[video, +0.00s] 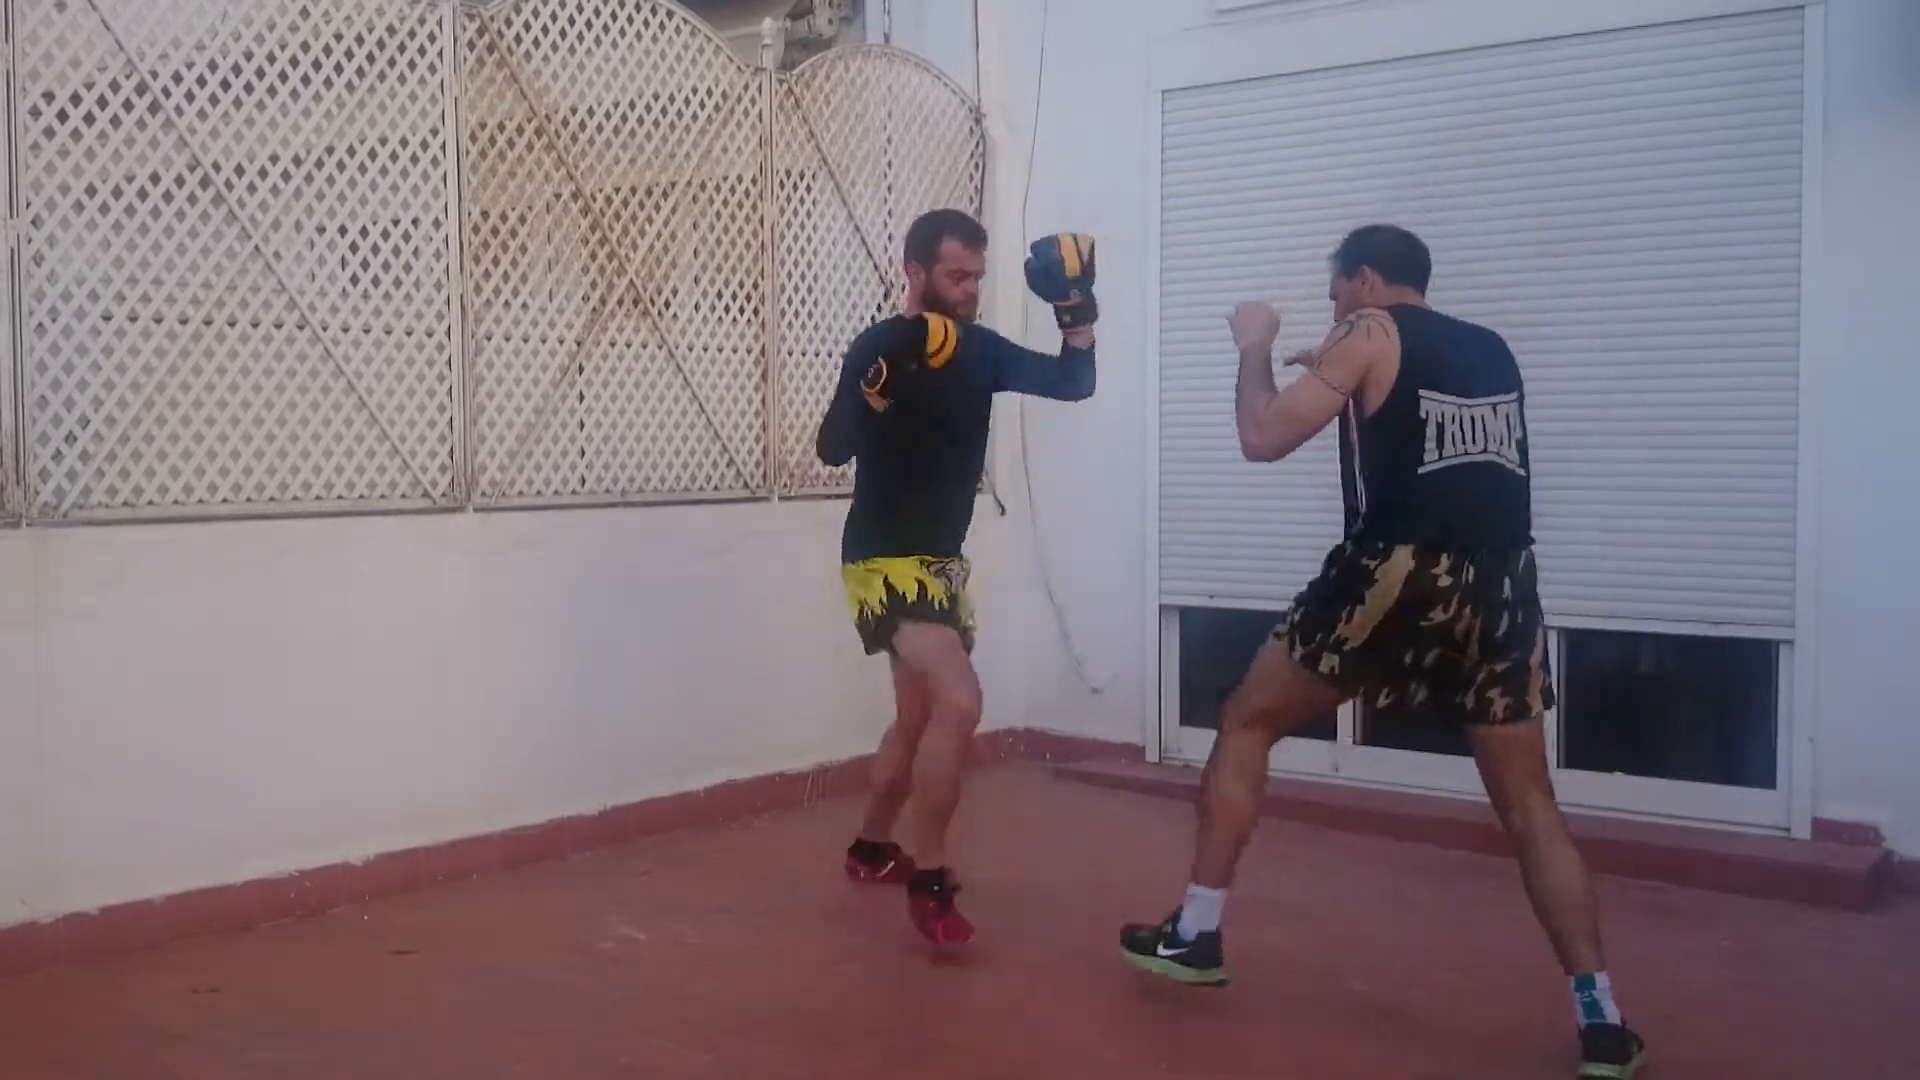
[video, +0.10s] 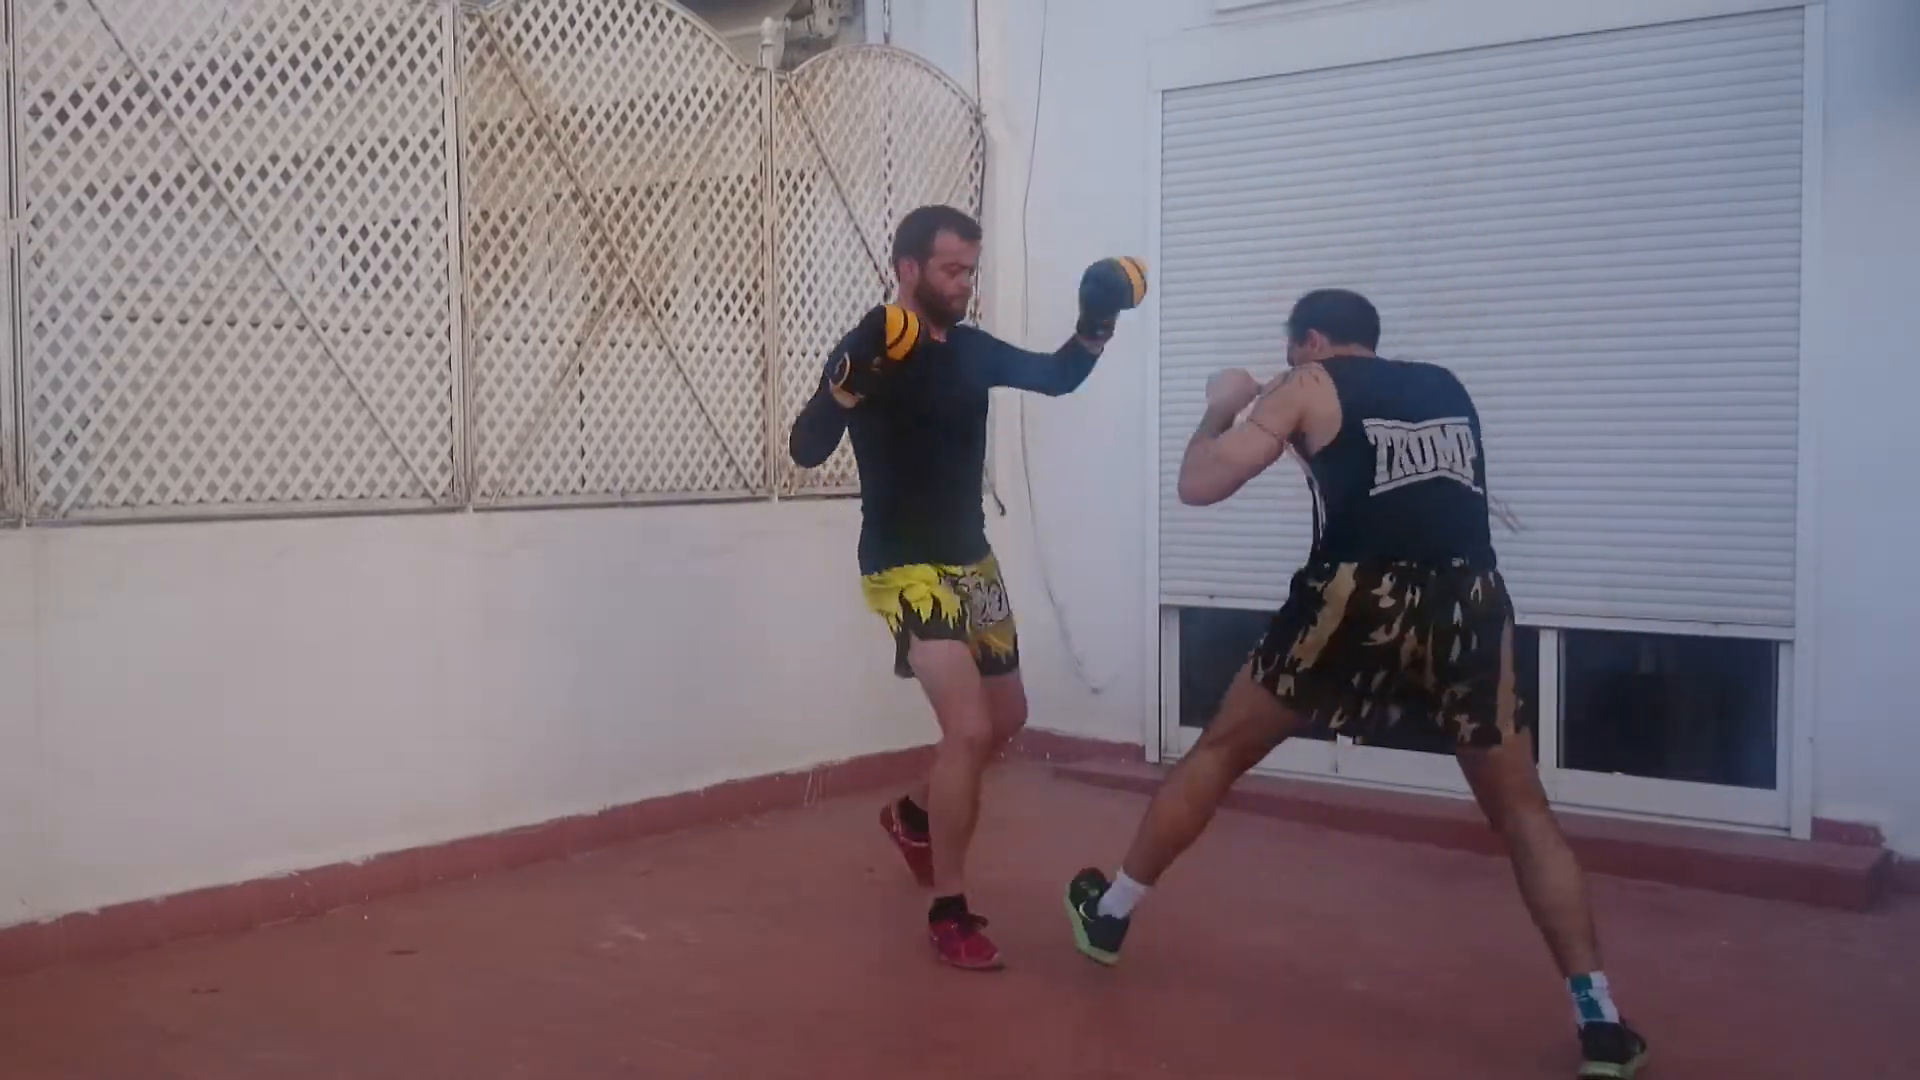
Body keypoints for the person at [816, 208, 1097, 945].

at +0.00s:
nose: (970, 289)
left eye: (977, 276)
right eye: (957, 276)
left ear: (981, 276)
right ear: (914, 274)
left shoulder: (985, 350)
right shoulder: (877, 348)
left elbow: (1073, 379)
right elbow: (833, 447)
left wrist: (1075, 314)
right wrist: (876, 385)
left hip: (942, 557)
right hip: (884, 554)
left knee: (915, 721)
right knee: (959, 701)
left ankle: (872, 849)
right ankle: (928, 877)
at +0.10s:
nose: (965, 284)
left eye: (971, 272)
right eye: (952, 271)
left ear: (972, 273)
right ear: (907, 269)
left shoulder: (974, 348)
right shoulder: (866, 345)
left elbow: (1060, 374)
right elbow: (807, 451)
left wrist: (1098, 312)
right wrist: (849, 381)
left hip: (971, 555)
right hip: (904, 562)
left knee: (1003, 718)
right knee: (967, 730)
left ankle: (917, 814)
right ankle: (950, 908)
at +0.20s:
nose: (950, 283)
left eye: (957, 270)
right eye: (939, 268)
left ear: (955, 273)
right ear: (891, 263)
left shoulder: (954, 339)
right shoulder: (851, 350)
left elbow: (1014, 370)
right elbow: (840, 436)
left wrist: (1106, 356)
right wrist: (881, 364)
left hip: (996, 541)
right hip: (920, 562)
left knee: (1088, 690)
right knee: (969, 736)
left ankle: (1028, 798)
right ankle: (949, 911)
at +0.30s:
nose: (948, 275)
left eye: (953, 262)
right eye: (937, 260)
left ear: (946, 263)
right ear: (890, 256)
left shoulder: (943, 331)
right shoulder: (846, 348)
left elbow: (984, 387)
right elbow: (872, 431)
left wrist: (1035, 404)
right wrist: (920, 334)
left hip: (1015, 529)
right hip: (935, 556)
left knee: (1124, 668)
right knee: (968, 740)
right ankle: (949, 911)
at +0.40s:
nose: (945, 266)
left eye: (950, 254)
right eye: (934, 252)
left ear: (943, 254)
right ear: (887, 249)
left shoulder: (943, 330)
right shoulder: (848, 343)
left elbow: (983, 417)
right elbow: (859, 431)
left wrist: (1034, 435)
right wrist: (904, 337)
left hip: (1028, 530)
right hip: (947, 553)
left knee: (1116, 685)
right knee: (968, 742)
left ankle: (1218, 833)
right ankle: (947, 911)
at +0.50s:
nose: (943, 271)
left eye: (947, 258)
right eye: (931, 257)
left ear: (932, 260)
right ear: (883, 257)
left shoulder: (940, 328)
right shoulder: (848, 350)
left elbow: (991, 391)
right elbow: (871, 429)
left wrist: (1050, 418)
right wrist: (896, 348)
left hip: (1027, 532)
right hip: (951, 558)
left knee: (1111, 690)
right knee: (976, 744)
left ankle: (1180, 852)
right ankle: (949, 911)